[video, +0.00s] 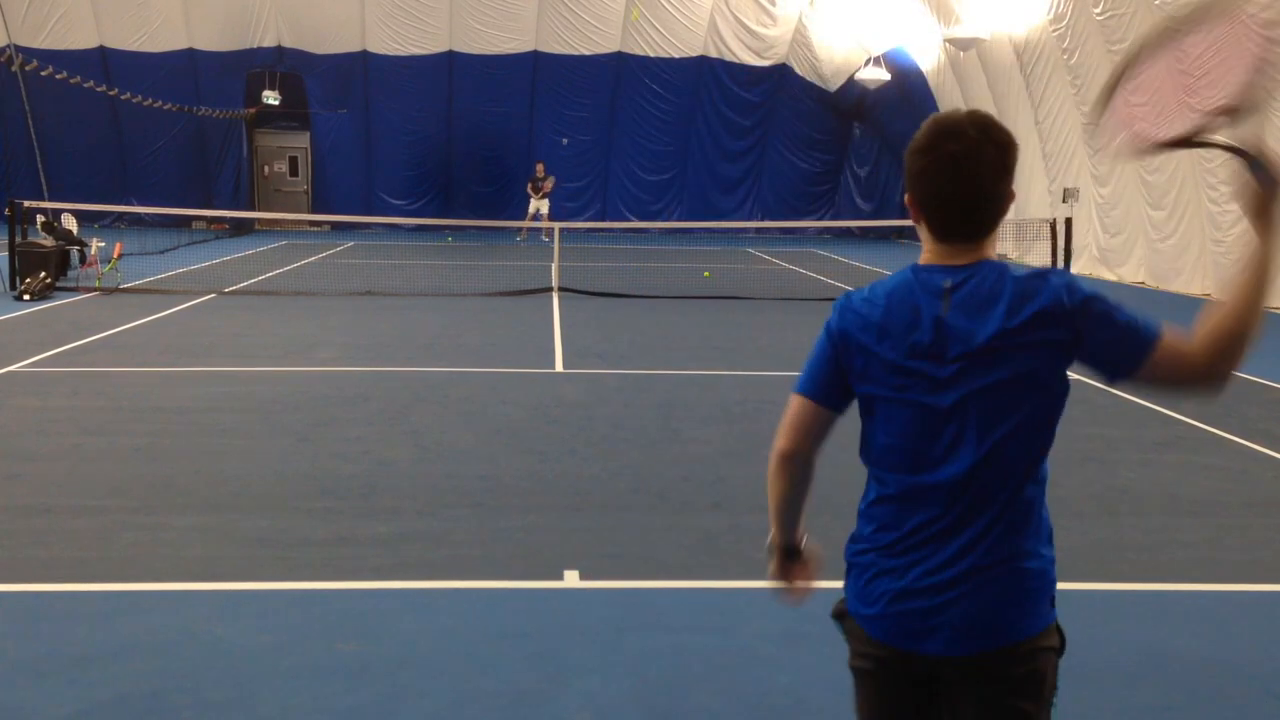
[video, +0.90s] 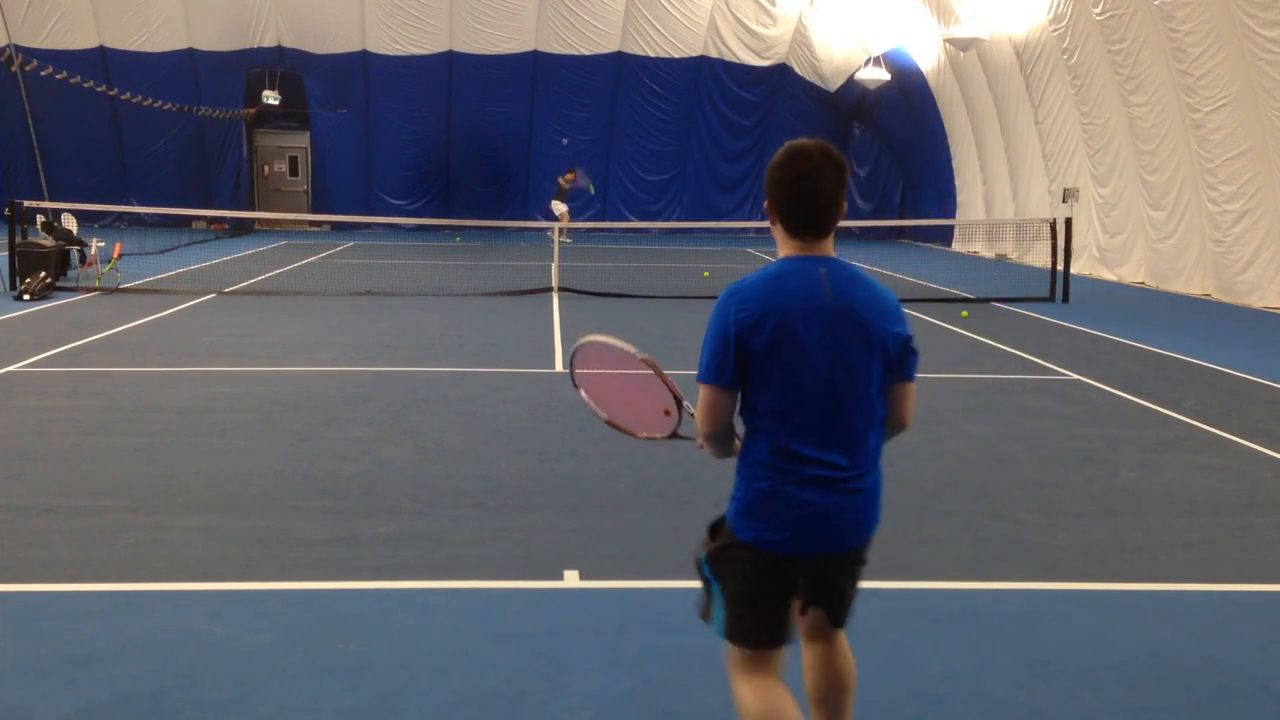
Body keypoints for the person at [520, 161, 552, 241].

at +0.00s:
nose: (539, 169)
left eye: (541, 167)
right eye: (538, 167)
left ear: (543, 168)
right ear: (536, 168)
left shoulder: (547, 179)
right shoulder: (532, 178)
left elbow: (549, 187)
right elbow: (528, 189)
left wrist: (543, 191)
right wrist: (534, 196)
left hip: (544, 200)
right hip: (534, 200)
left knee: (545, 217)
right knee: (529, 217)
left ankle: (545, 235)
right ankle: (523, 234)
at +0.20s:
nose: (547, 169)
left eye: (548, 167)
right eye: (546, 167)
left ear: (551, 169)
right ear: (543, 169)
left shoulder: (552, 178)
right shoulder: (539, 178)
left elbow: (554, 188)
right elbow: (536, 190)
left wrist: (550, 196)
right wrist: (544, 197)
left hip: (548, 198)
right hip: (539, 198)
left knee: (552, 216)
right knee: (539, 215)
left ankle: (548, 233)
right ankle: (535, 233)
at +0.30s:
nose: (552, 172)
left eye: (553, 170)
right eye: (550, 170)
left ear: (555, 171)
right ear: (547, 171)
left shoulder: (556, 182)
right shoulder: (544, 181)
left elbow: (557, 192)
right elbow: (541, 193)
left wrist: (555, 200)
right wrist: (550, 200)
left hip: (551, 201)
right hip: (543, 201)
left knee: (555, 218)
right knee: (545, 217)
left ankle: (550, 236)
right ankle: (536, 235)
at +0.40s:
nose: (557, 173)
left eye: (558, 171)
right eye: (555, 171)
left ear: (559, 173)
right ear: (552, 172)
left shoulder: (557, 183)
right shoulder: (550, 182)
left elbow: (559, 192)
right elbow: (548, 194)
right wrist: (556, 201)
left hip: (553, 202)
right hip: (546, 201)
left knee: (557, 218)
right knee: (554, 215)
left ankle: (552, 235)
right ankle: (545, 231)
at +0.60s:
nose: (568, 179)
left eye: (568, 177)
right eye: (567, 177)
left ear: (563, 177)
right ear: (562, 176)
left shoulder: (558, 184)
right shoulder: (561, 186)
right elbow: (566, 197)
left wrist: (567, 188)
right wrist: (573, 196)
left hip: (548, 203)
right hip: (551, 204)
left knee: (557, 219)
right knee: (563, 218)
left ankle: (551, 235)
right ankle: (561, 236)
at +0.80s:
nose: (572, 181)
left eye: (572, 179)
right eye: (571, 179)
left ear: (570, 179)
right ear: (567, 178)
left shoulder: (562, 184)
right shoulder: (564, 184)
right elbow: (569, 196)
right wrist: (576, 205)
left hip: (554, 204)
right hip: (555, 204)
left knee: (560, 220)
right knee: (566, 217)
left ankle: (551, 235)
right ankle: (563, 236)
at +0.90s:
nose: (572, 178)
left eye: (573, 177)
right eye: (572, 176)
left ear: (572, 177)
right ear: (568, 174)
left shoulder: (569, 183)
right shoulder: (561, 180)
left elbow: (579, 186)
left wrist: (587, 187)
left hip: (563, 203)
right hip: (556, 201)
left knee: (563, 219)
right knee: (565, 217)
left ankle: (553, 232)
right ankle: (563, 236)